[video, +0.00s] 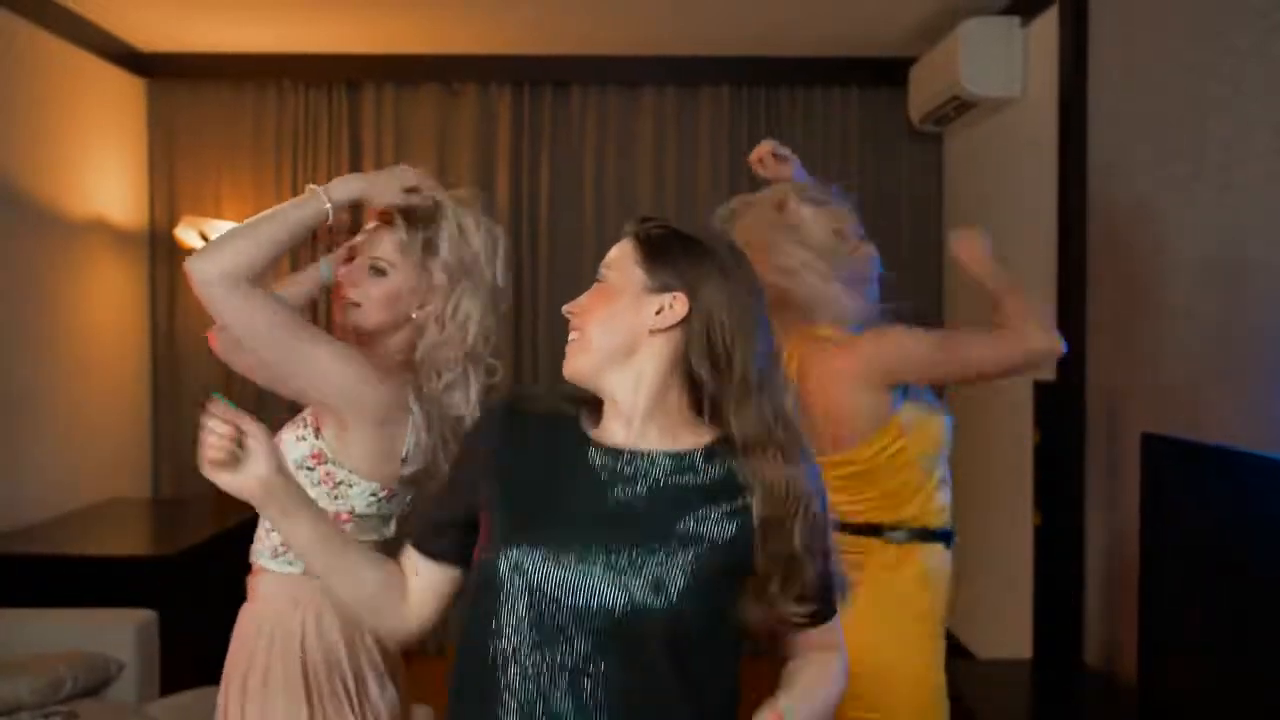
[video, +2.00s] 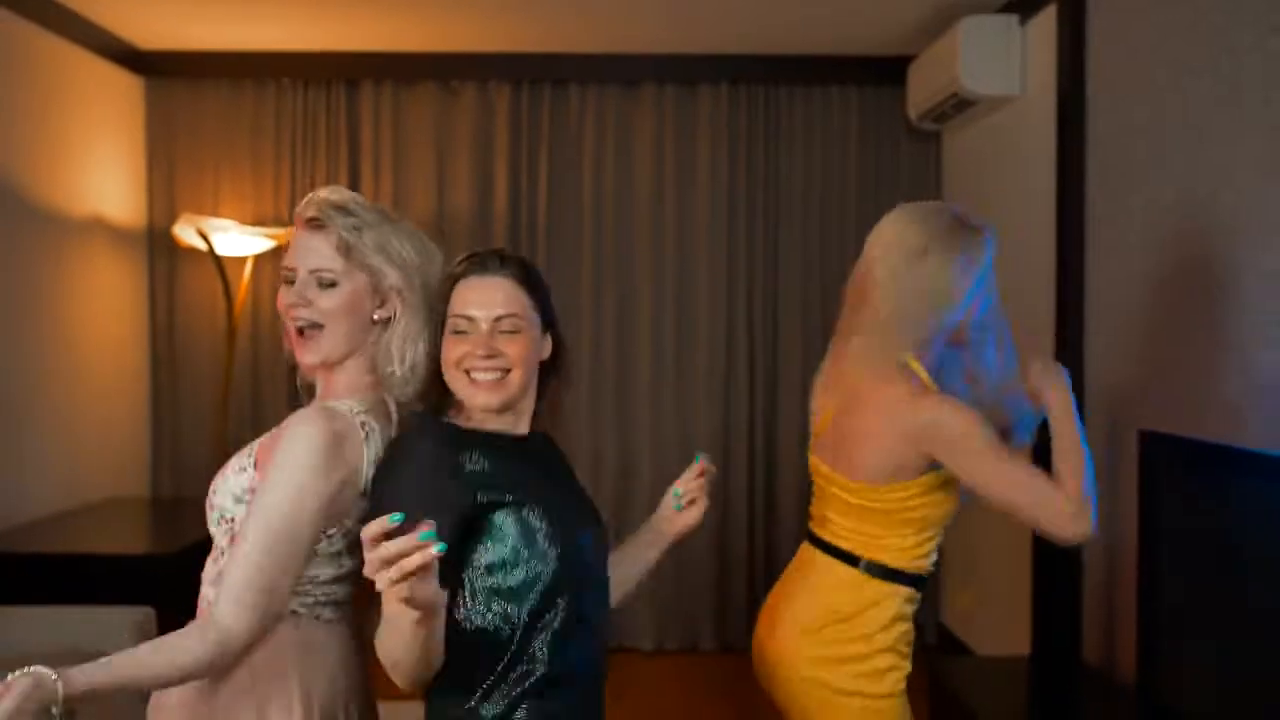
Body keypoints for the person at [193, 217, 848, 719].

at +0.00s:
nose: (569, 308)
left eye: (599, 286)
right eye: (587, 285)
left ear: (667, 313)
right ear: (662, 313)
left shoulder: (761, 488)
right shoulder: (512, 441)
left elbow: (819, 661)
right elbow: (400, 609)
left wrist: (778, 714)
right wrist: (274, 491)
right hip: (490, 710)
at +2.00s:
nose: (484, 348)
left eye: (508, 328)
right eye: (462, 329)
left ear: (545, 344)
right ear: (440, 345)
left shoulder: (544, 455)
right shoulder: (427, 455)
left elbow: (586, 598)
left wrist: (660, 530)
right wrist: (418, 606)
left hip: (572, 704)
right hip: (479, 704)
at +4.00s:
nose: (510, 314)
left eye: (496, 299)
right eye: (482, 305)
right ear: (429, 339)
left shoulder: (527, 441)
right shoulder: (442, 467)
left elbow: (625, 516)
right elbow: (559, 593)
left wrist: (628, 468)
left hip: (548, 701)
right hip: (471, 706)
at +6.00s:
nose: (526, 299)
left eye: (512, 285)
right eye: (496, 292)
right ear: (444, 327)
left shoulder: (534, 427)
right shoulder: (446, 464)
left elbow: (628, 453)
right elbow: (582, 546)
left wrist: (668, 442)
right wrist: (585, 439)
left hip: (571, 696)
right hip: (495, 703)